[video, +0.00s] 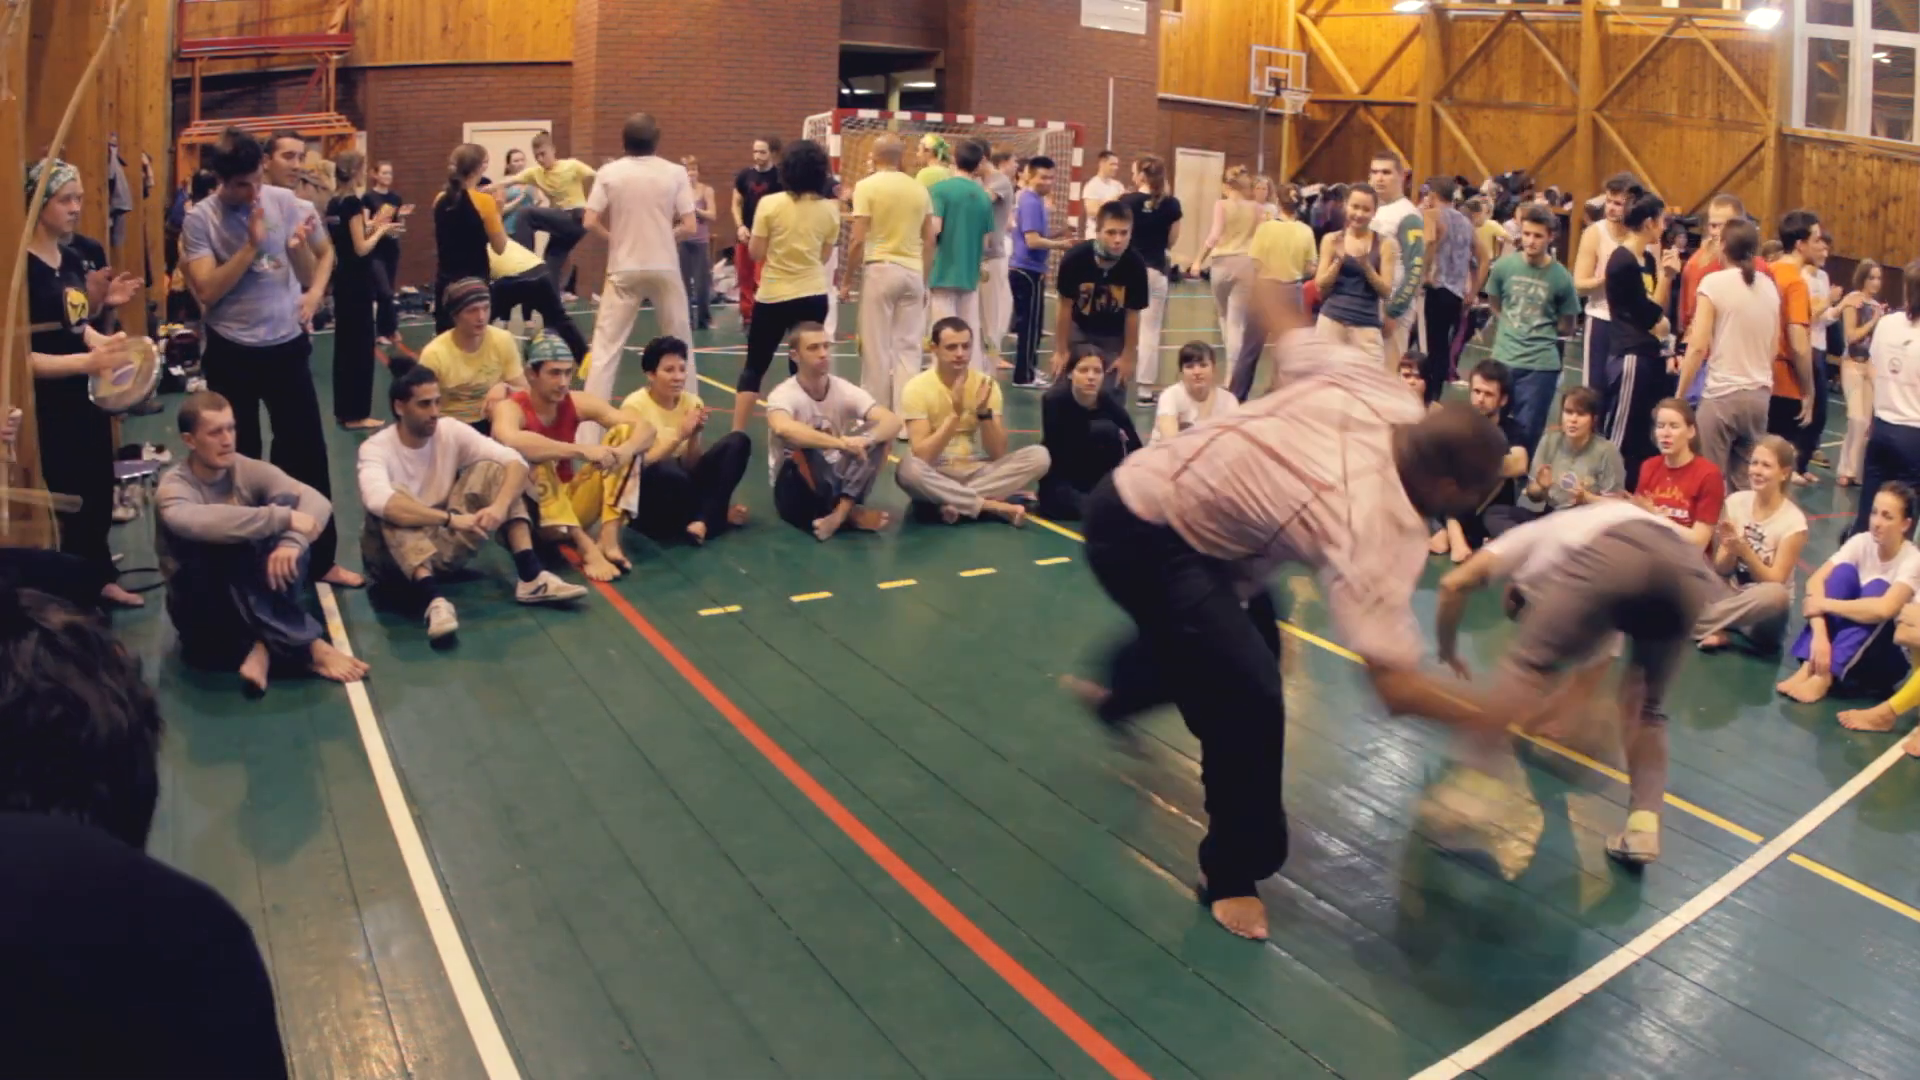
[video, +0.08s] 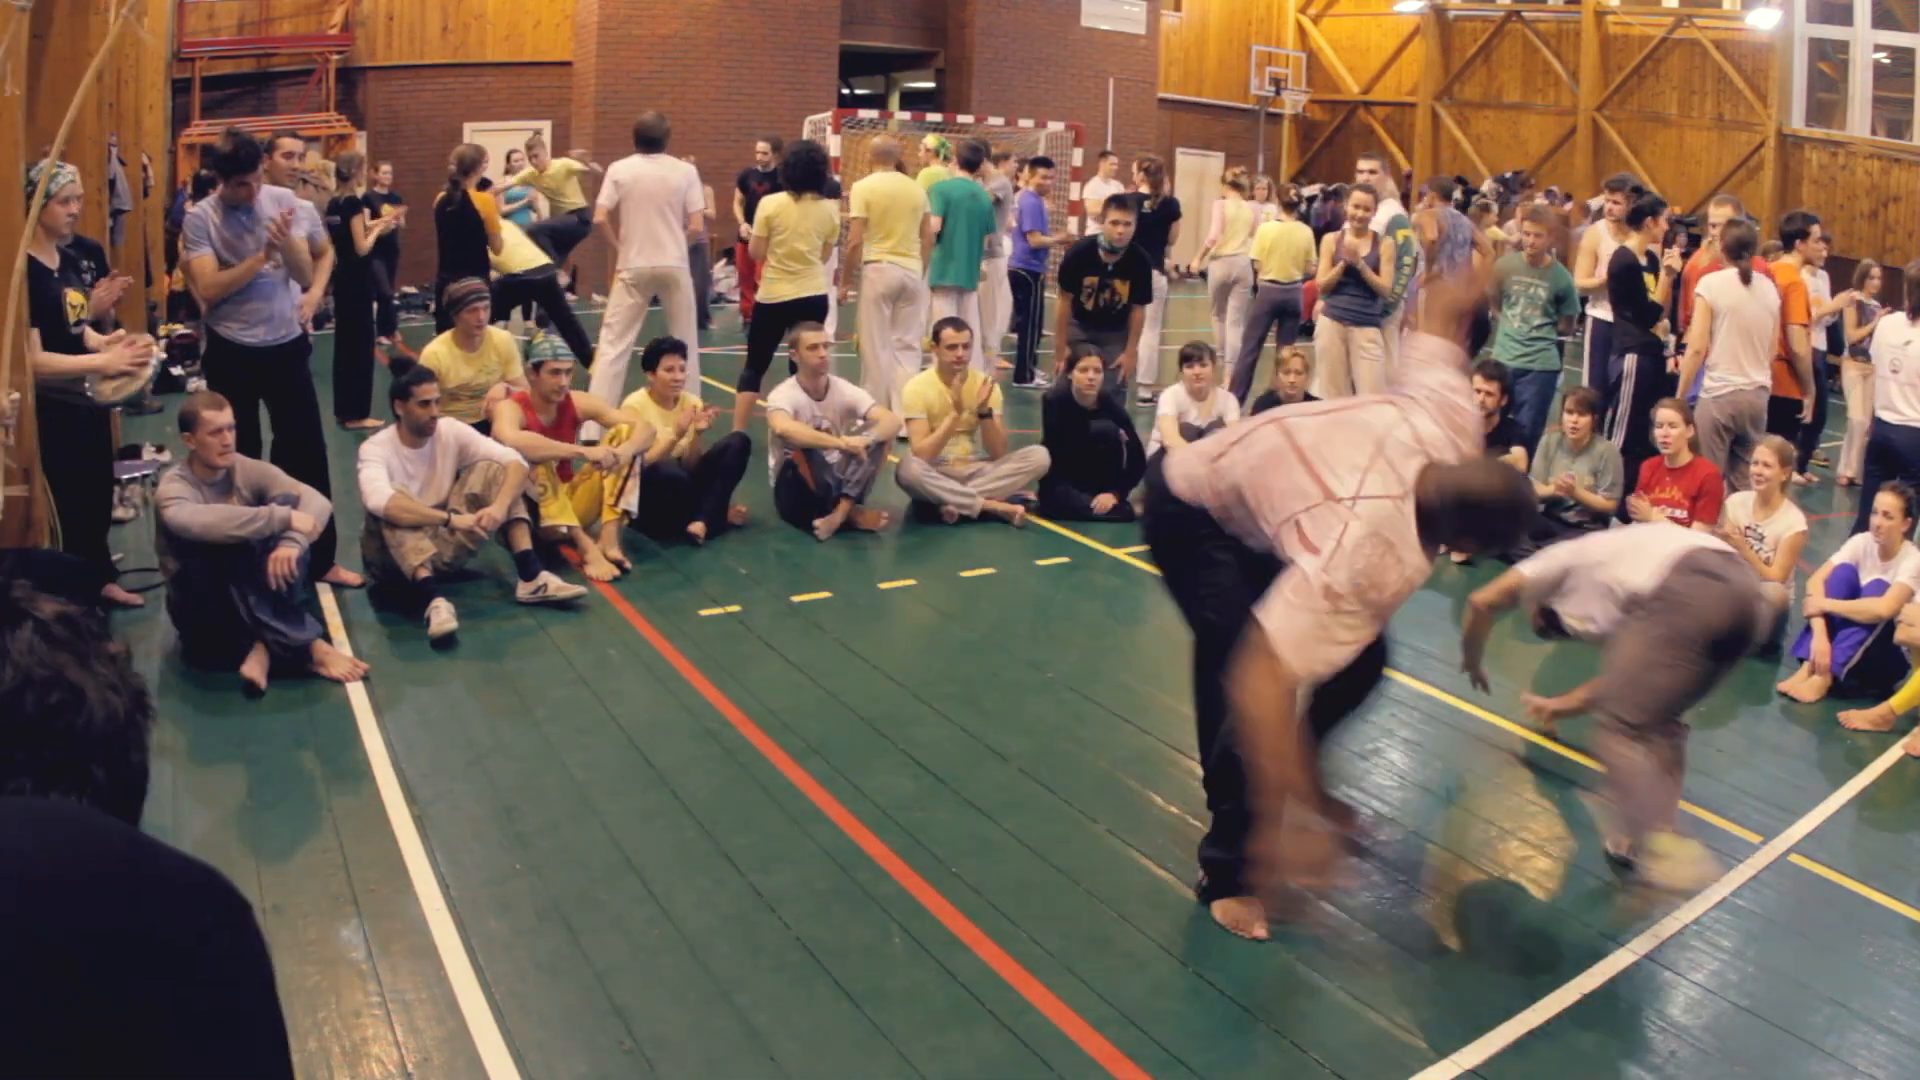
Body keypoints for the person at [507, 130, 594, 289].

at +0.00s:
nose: (540, 159)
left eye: (543, 154)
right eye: (537, 156)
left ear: (553, 150)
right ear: (534, 156)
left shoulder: (572, 166)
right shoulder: (536, 173)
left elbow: (598, 178)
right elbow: (511, 181)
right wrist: (488, 189)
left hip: (576, 216)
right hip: (561, 219)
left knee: (527, 215)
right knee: (552, 262)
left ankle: (523, 263)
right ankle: (550, 304)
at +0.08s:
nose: (533, 161)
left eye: (536, 156)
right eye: (530, 158)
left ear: (546, 153)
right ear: (527, 158)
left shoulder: (564, 164)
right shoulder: (531, 174)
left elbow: (599, 173)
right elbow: (507, 185)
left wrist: (588, 161)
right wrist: (485, 194)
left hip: (579, 215)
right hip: (562, 219)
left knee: (536, 230)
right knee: (552, 261)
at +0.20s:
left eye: (494, 194)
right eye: (522, 180)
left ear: (499, 193)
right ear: (519, 187)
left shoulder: (502, 216)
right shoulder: (544, 205)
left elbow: (500, 251)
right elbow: (575, 228)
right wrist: (587, 236)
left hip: (525, 277)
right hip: (557, 275)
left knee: (497, 321)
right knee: (576, 319)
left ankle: (494, 368)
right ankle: (596, 364)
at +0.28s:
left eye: (521, 181)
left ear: (526, 181)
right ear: (547, 178)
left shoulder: (522, 208)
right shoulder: (568, 199)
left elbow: (514, 247)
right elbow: (598, 216)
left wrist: (501, 277)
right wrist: (625, 218)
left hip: (534, 274)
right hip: (566, 274)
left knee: (501, 313)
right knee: (584, 317)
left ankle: (486, 361)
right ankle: (598, 364)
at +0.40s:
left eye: (555, 173)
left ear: (556, 175)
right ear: (578, 174)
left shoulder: (548, 203)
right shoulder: (593, 198)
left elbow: (536, 242)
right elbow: (618, 211)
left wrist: (519, 272)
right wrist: (635, 208)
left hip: (551, 266)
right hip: (580, 269)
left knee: (526, 291)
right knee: (588, 317)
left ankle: (539, 329)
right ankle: (598, 364)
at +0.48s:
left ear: (566, 177)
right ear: (588, 176)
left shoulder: (557, 204)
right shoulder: (602, 200)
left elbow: (545, 242)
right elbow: (628, 210)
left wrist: (531, 273)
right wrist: (644, 206)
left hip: (558, 269)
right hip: (587, 271)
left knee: (522, 265)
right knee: (594, 317)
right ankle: (599, 364)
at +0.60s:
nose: (567, 180)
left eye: (569, 177)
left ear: (573, 179)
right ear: (595, 179)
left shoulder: (561, 204)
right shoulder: (608, 203)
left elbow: (550, 244)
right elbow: (633, 207)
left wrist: (535, 272)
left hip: (565, 265)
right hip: (594, 268)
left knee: (550, 298)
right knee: (604, 315)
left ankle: (544, 346)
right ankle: (597, 362)